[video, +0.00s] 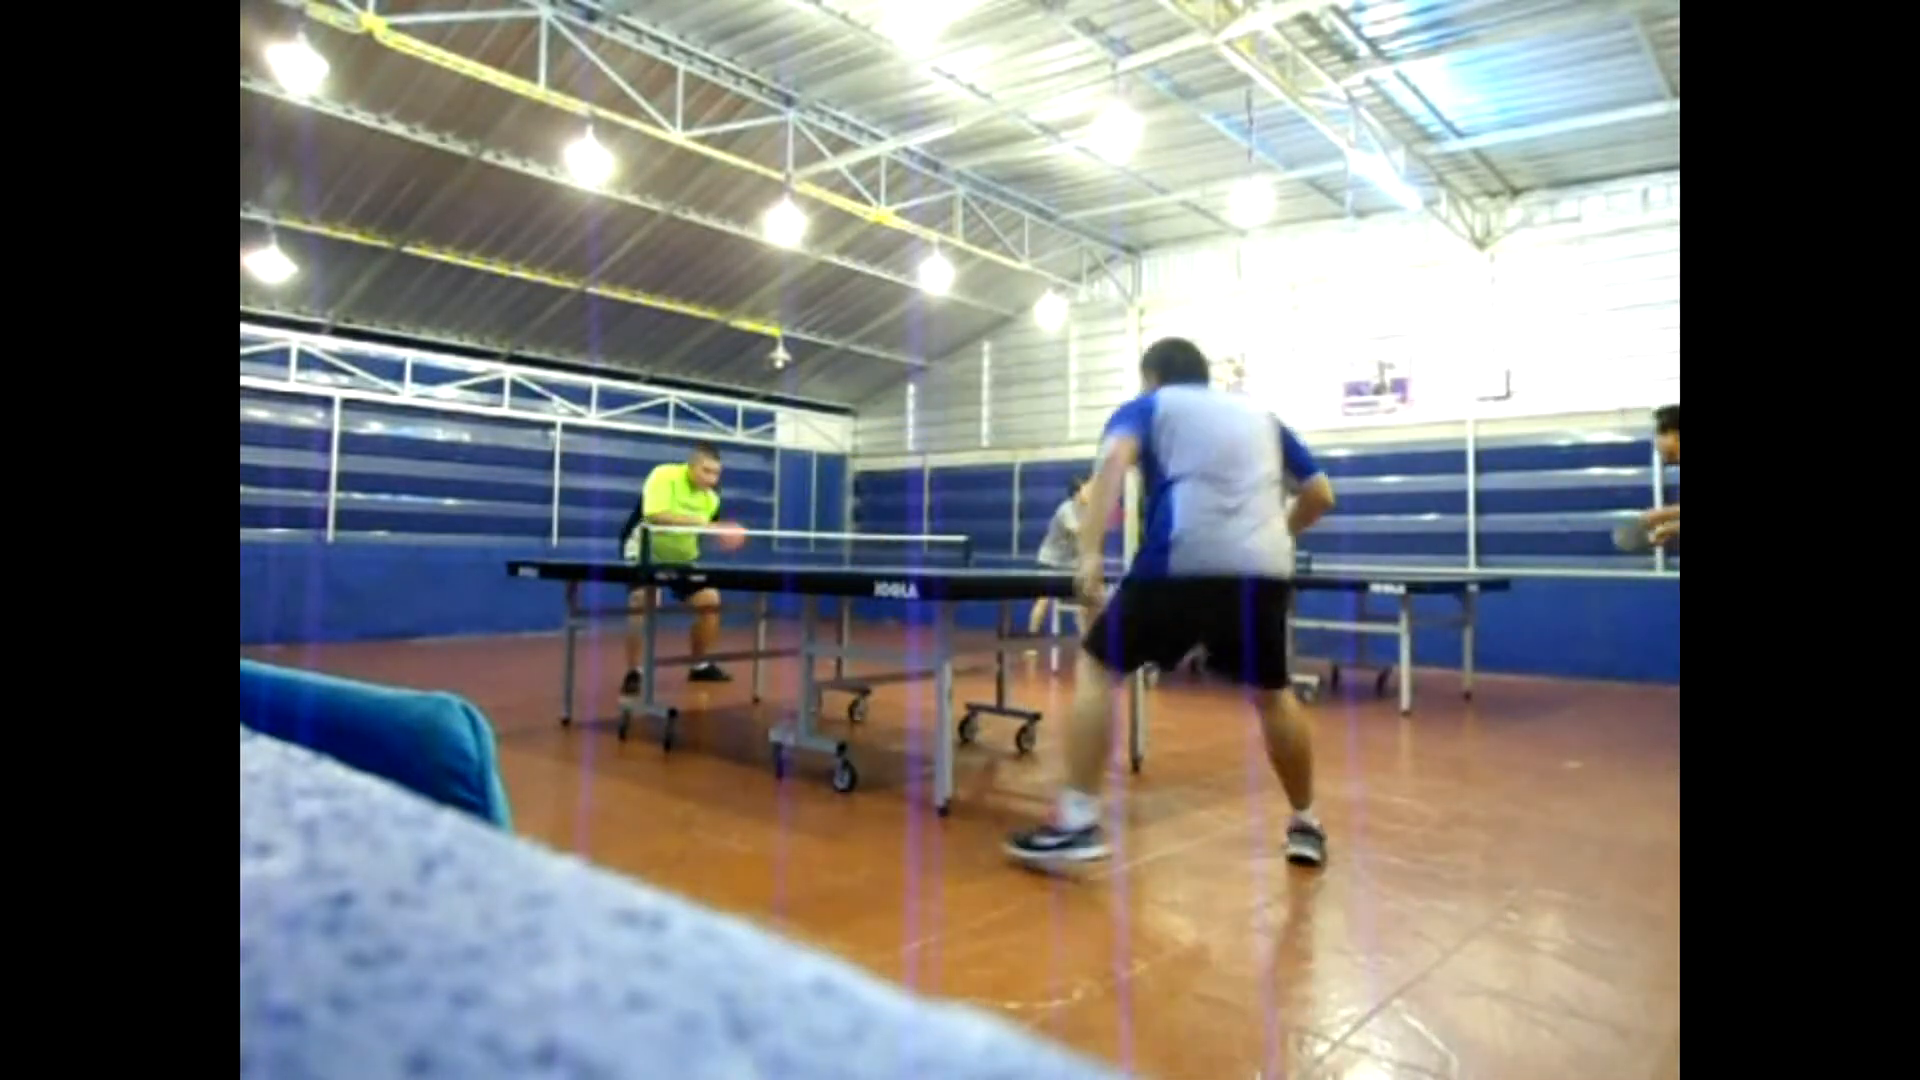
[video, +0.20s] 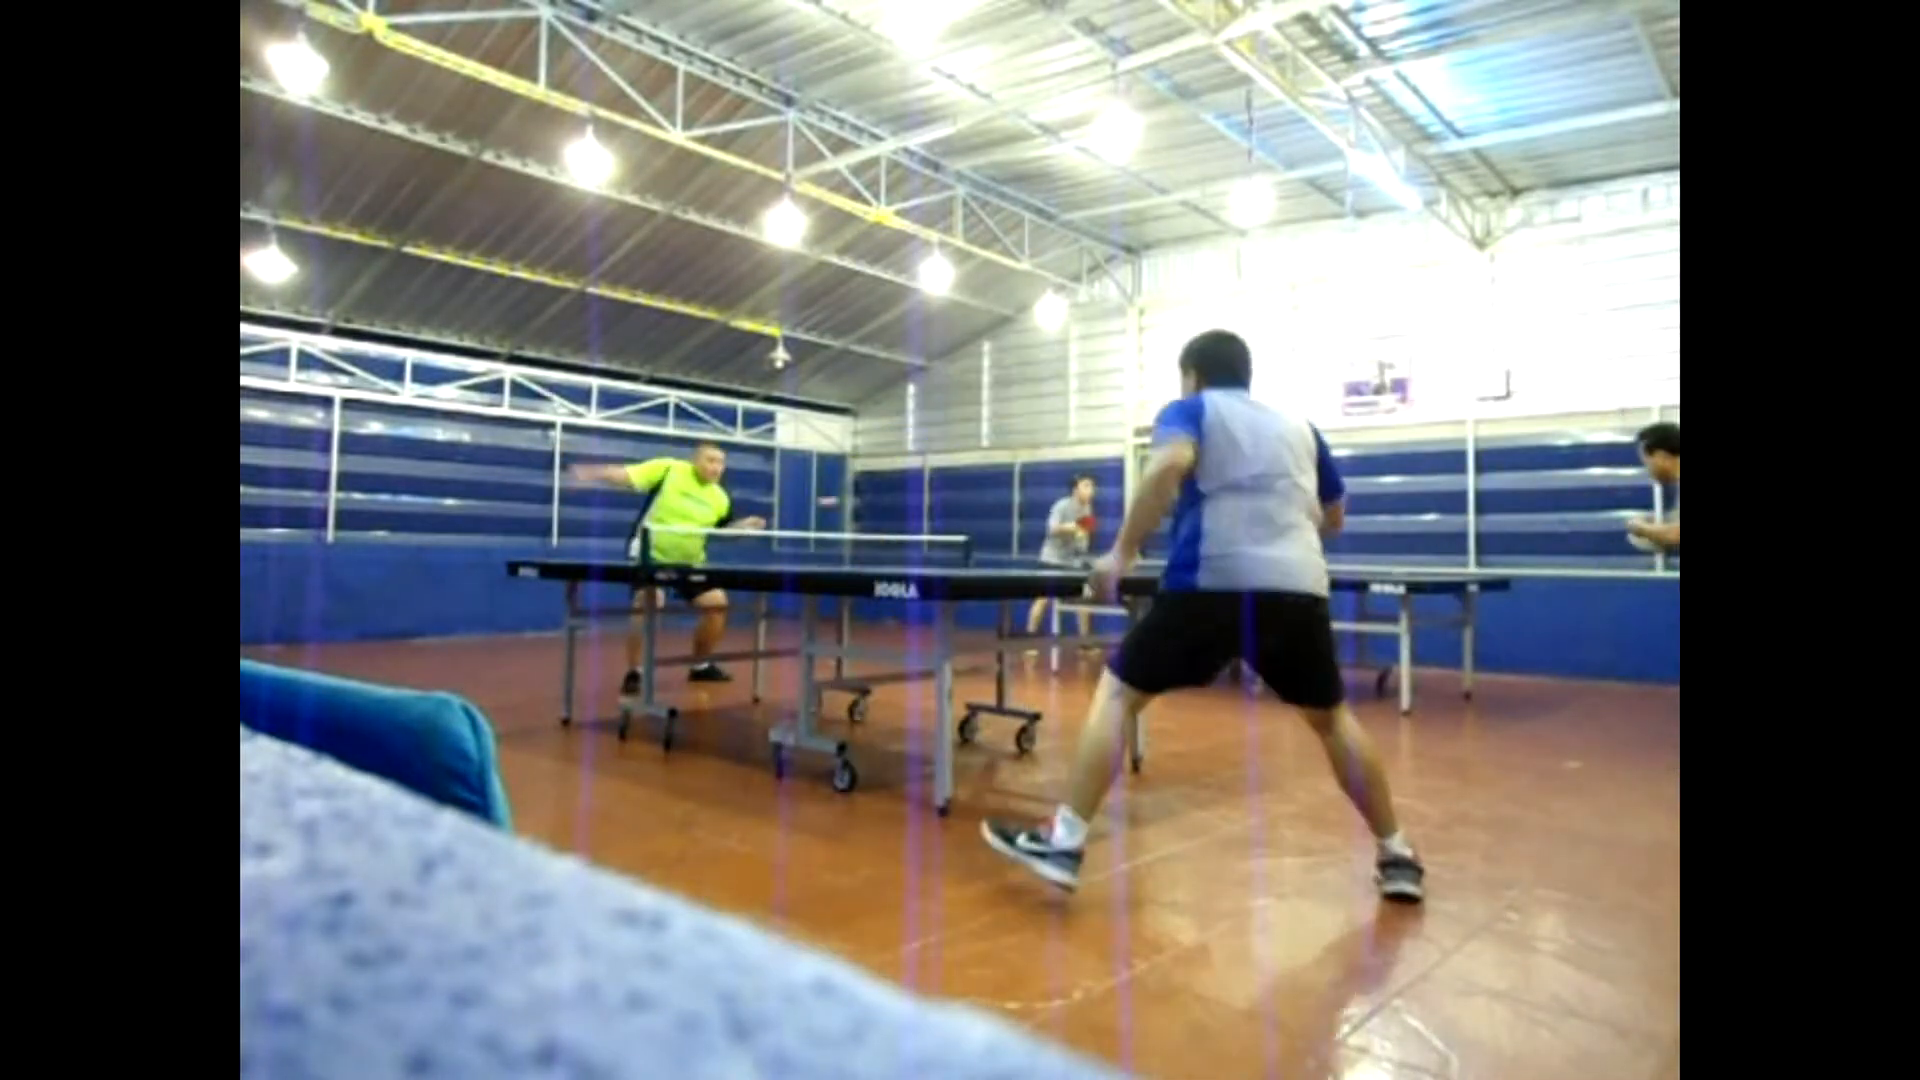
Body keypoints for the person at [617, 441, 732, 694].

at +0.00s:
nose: (712, 478)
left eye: (716, 473)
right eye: (707, 471)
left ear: (718, 473)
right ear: (691, 466)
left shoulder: (711, 499)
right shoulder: (663, 476)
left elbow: (704, 526)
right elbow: (654, 513)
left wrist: (724, 536)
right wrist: (699, 522)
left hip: (683, 556)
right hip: (648, 554)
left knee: (709, 601)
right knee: (642, 601)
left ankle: (701, 663)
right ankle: (634, 670)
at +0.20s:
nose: (716, 467)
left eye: (720, 462)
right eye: (710, 460)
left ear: (723, 466)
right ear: (696, 460)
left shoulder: (720, 499)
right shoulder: (670, 470)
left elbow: (721, 529)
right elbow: (628, 475)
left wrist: (743, 526)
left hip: (691, 563)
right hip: (652, 557)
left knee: (717, 605)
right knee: (647, 603)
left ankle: (701, 664)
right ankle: (634, 671)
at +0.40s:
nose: (714, 453)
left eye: (718, 447)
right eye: (709, 446)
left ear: (722, 452)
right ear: (694, 447)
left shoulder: (722, 487)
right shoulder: (668, 458)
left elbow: (721, 523)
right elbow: (625, 461)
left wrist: (742, 523)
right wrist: (576, 453)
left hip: (693, 554)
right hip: (654, 548)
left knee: (712, 605)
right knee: (641, 600)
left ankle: (701, 663)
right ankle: (629, 666)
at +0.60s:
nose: (699, 442)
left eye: (705, 438)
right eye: (695, 435)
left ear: (710, 444)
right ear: (682, 436)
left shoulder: (712, 478)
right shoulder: (656, 457)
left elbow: (717, 511)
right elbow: (620, 484)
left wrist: (715, 525)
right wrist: (588, 503)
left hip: (689, 545)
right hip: (647, 541)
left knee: (701, 599)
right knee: (627, 600)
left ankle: (701, 661)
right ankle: (606, 661)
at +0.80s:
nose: (677, 442)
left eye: (682, 436)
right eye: (672, 434)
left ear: (685, 442)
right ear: (657, 434)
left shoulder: (688, 474)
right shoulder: (629, 460)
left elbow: (694, 506)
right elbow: (606, 497)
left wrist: (690, 523)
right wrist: (615, 527)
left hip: (671, 548)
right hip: (630, 547)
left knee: (686, 601)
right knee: (617, 606)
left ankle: (699, 661)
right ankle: (603, 664)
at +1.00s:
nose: (656, 433)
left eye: (661, 427)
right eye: (651, 426)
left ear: (666, 430)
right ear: (637, 427)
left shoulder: (675, 462)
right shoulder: (613, 453)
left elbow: (686, 497)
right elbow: (597, 487)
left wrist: (673, 513)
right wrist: (606, 509)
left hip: (661, 540)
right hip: (619, 540)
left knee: (669, 600)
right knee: (610, 603)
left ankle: (668, 659)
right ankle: (599, 660)